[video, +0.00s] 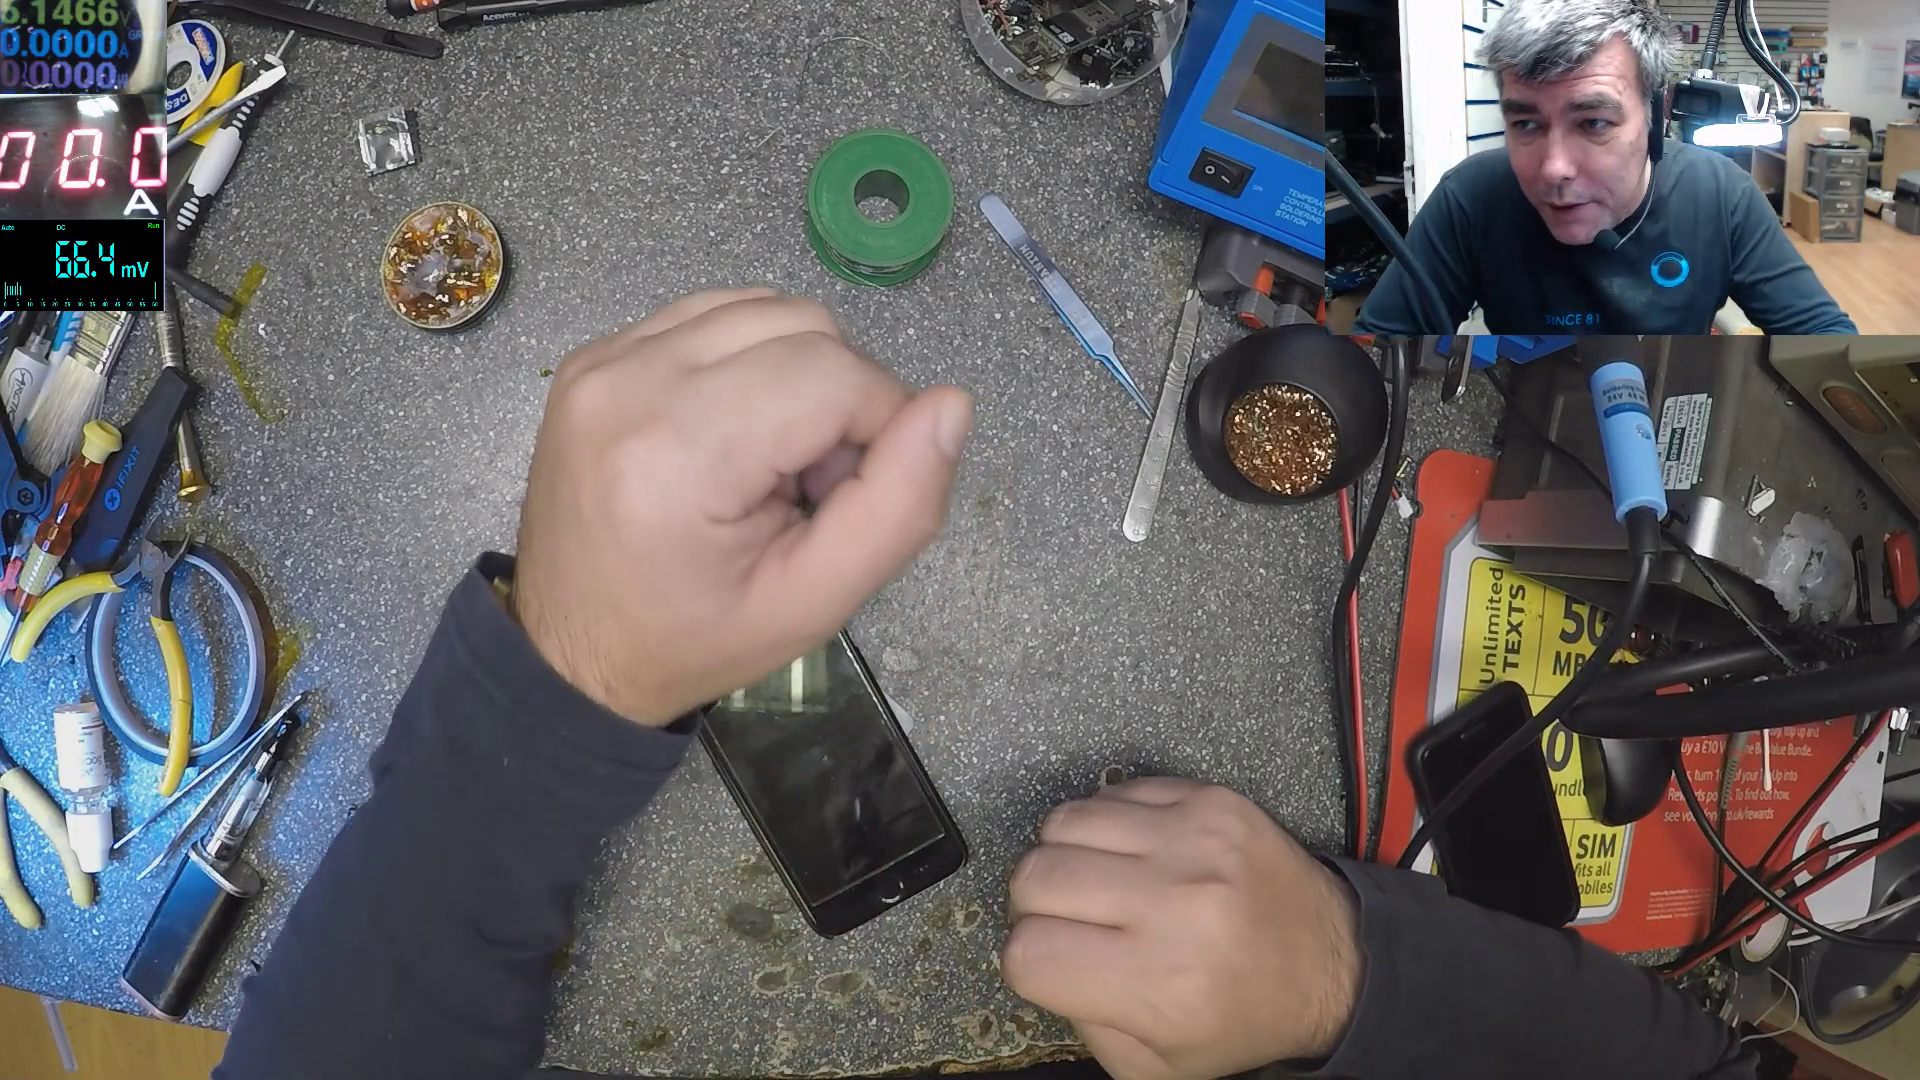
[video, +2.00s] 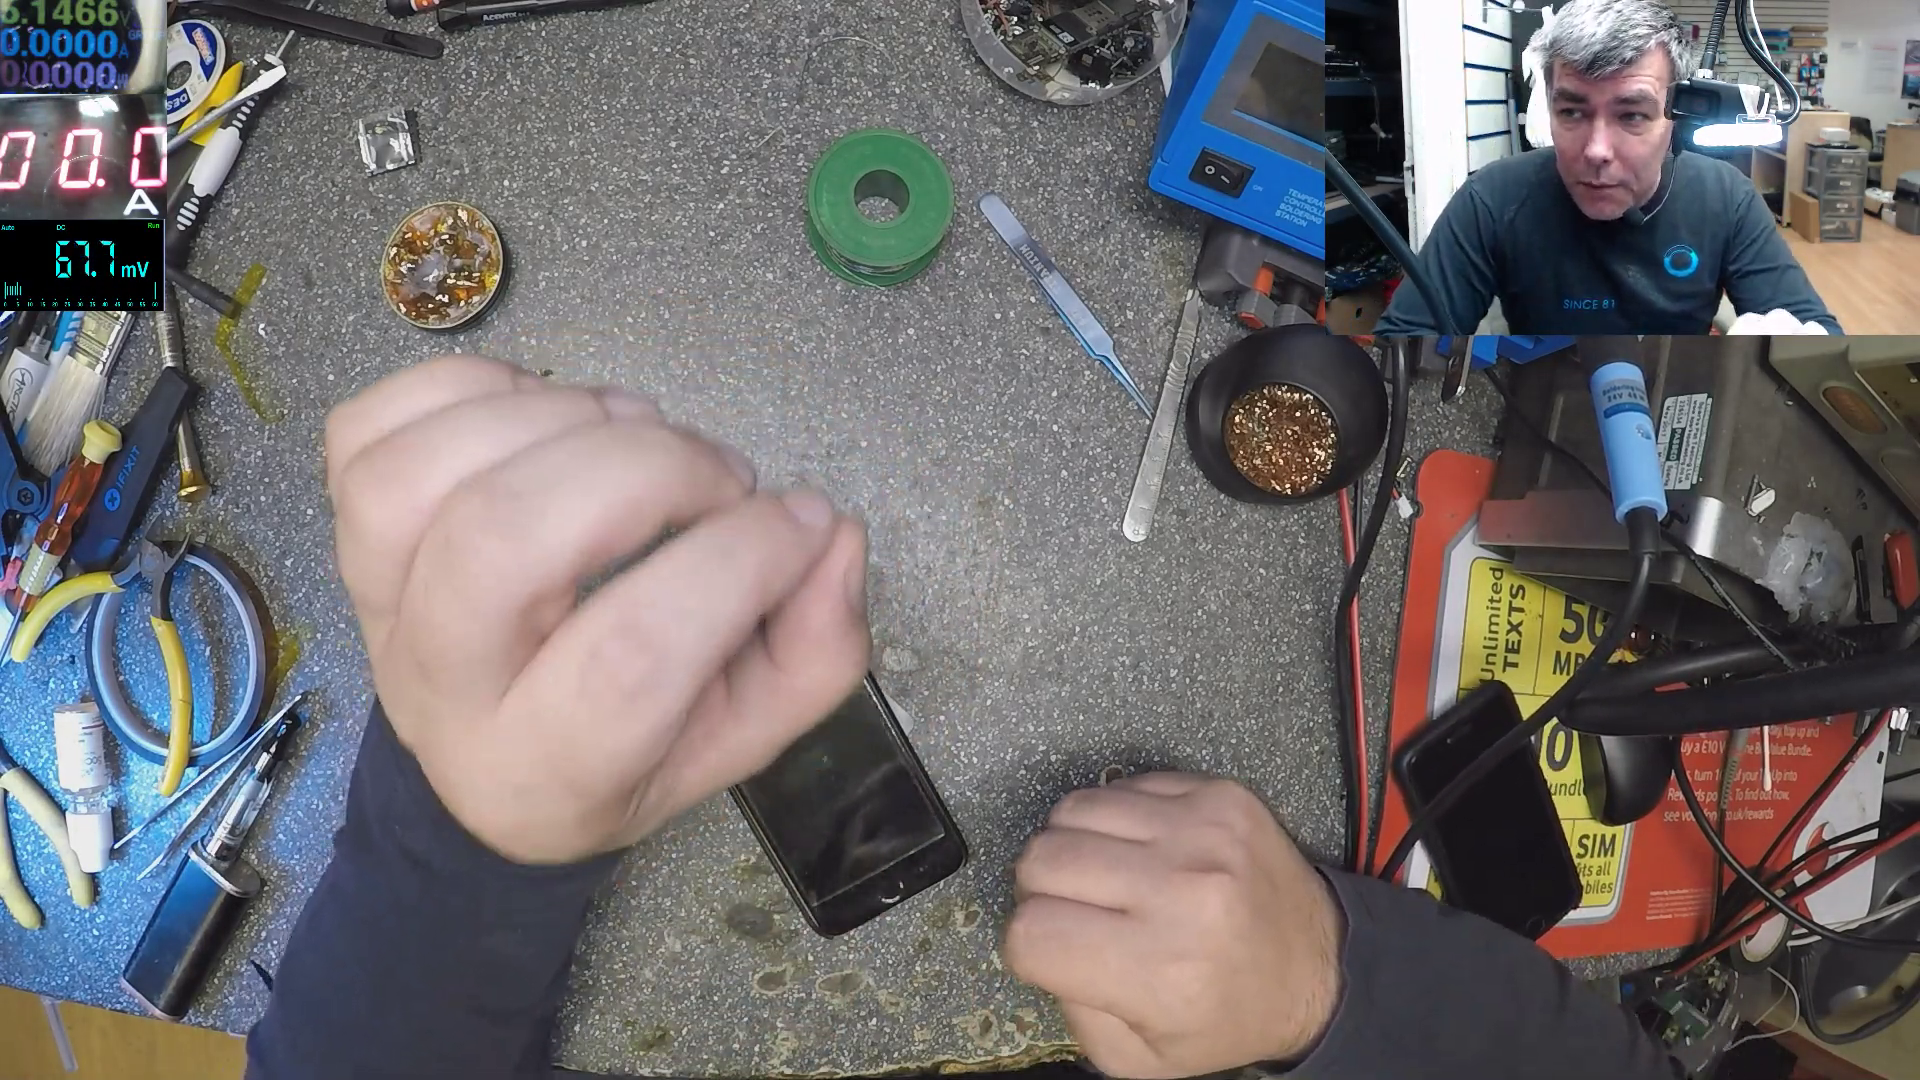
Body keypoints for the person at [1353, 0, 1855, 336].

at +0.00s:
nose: (1555, 170)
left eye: (1593, 123)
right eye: (1526, 125)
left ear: (1655, 117)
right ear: (1504, 119)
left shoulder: (1720, 198)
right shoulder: (1468, 203)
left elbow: (1824, 339)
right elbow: (1378, 348)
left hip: (1675, 426)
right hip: (1525, 427)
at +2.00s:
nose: (1597, 153)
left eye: (1632, 116)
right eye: (1573, 112)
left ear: (1670, 115)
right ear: (1546, 107)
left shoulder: (1723, 199)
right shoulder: (1493, 203)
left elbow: (1817, 331)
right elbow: (1401, 342)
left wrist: (1788, 344)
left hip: (1683, 432)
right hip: (1542, 431)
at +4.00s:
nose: (1599, 158)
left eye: (1632, 123)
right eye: (1575, 119)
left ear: (1670, 119)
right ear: (1549, 111)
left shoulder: (1722, 201)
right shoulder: (1496, 203)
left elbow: (1802, 329)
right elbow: (1407, 338)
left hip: (1680, 421)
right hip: (1544, 421)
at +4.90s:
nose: (1606, 138)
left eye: (1636, 103)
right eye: (1579, 103)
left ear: (1670, 107)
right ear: (1551, 107)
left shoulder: (1722, 199)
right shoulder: (1496, 202)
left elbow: (1800, 326)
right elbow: (1407, 335)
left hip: (1683, 416)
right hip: (1546, 418)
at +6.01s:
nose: (1589, 135)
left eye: (1623, 103)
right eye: (1568, 101)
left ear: (1666, 111)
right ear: (1545, 108)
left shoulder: (1721, 200)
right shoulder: (1496, 203)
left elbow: (1802, 329)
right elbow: (1407, 337)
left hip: (1681, 419)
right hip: (1544, 420)